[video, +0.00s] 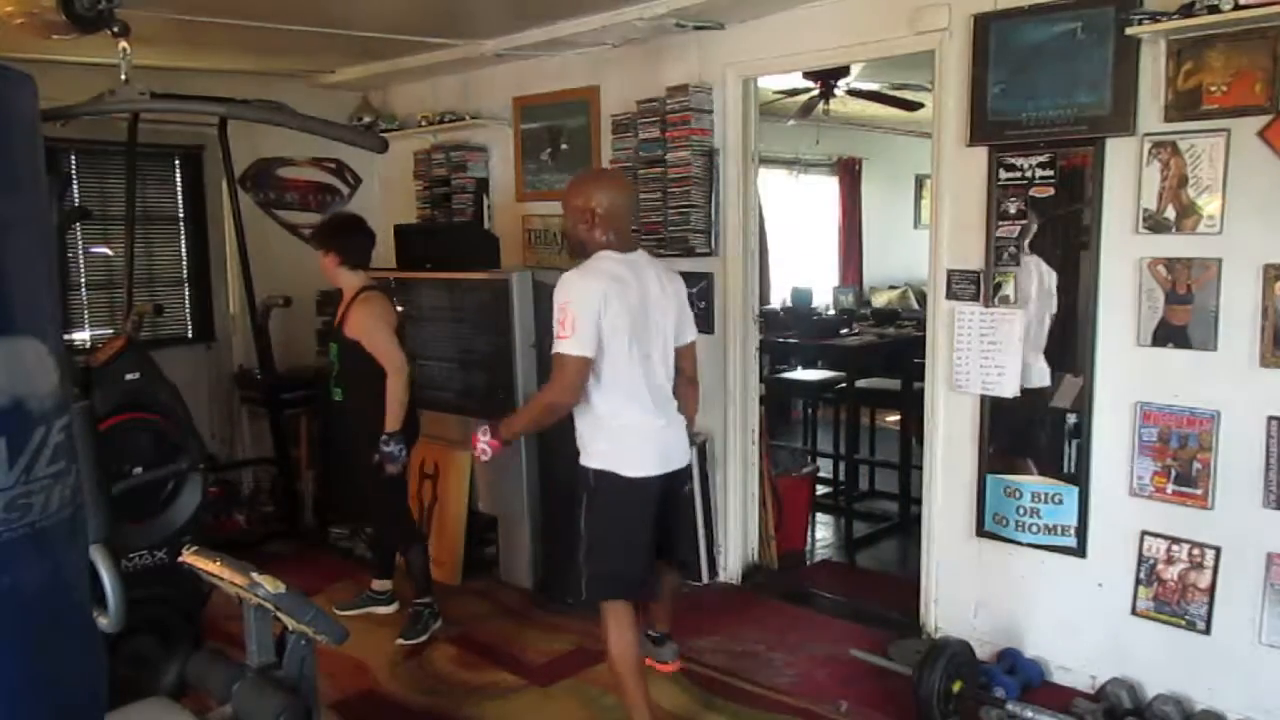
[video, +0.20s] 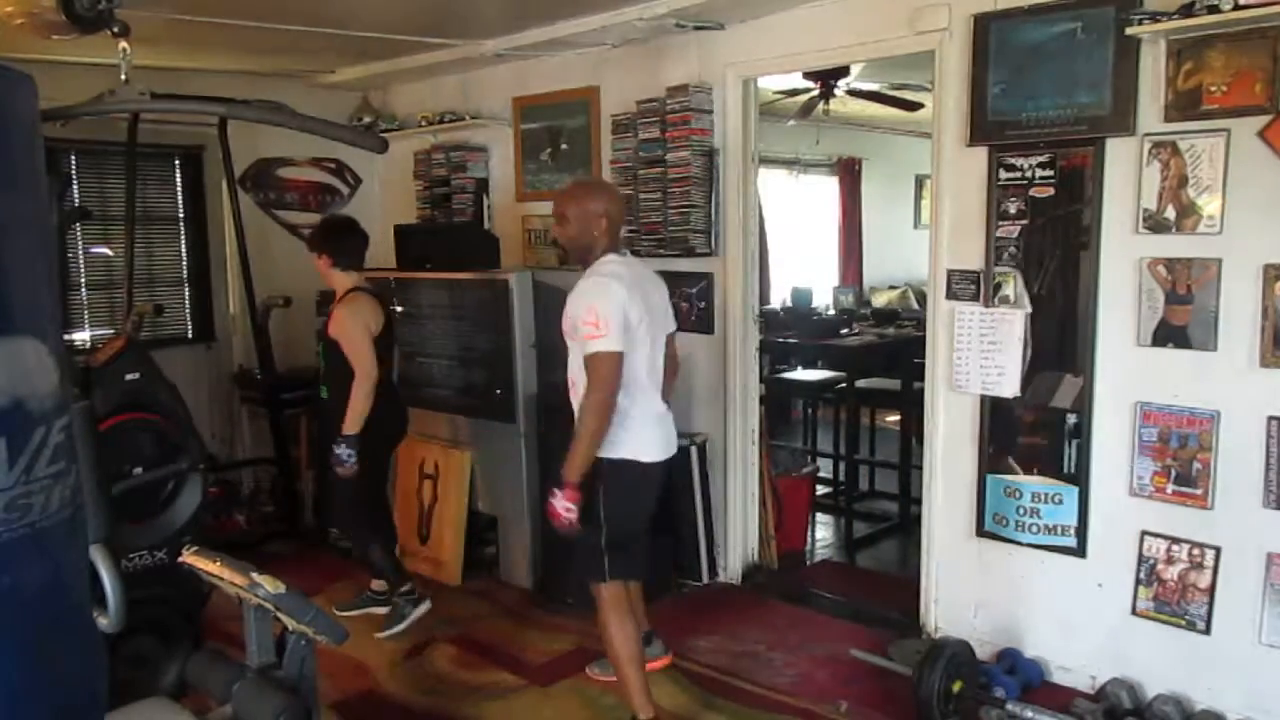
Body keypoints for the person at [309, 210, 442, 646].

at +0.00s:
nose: (320, 262)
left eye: (323, 254)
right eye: (321, 253)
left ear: (334, 259)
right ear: (359, 254)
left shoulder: (367, 309)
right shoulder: (353, 301)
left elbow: (398, 369)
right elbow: (369, 366)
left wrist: (393, 433)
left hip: (383, 427)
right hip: (364, 423)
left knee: (395, 513)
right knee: (379, 510)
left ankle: (425, 604)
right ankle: (381, 588)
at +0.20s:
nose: (314, 263)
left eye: (316, 256)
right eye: (315, 255)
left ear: (325, 261)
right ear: (356, 255)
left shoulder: (348, 312)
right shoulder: (368, 301)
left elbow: (367, 376)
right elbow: (378, 369)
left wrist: (348, 437)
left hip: (363, 424)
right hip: (378, 417)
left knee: (354, 509)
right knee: (371, 503)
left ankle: (405, 593)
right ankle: (383, 584)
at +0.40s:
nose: (308, 262)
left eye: (309, 255)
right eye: (308, 255)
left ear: (319, 258)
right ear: (349, 254)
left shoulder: (332, 310)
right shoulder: (366, 299)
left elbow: (343, 372)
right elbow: (374, 364)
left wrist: (309, 427)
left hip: (350, 418)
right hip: (378, 413)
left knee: (323, 494)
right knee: (366, 497)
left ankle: (343, 585)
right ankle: (381, 586)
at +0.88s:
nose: (271, 258)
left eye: (271, 252)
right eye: (273, 251)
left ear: (277, 257)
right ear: (315, 254)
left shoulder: (278, 308)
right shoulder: (338, 302)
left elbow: (283, 374)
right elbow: (356, 363)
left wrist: (265, 435)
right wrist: (358, 415)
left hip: (297, 427)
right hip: (338, 420)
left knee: (287, 510)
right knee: (345, 498)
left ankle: (289, 591)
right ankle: (376, 582)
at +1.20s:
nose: (246, 260)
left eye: (247, 254)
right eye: (249, 254)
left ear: (250, 257)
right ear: (287, 256)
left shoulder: (243, 308)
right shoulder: (314, 303)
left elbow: (235, 371)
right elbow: (335, 365)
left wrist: (210, 420)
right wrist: (324, 402)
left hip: (266, 418)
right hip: (312, 414)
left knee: (275, 496)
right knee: (294, 487)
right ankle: (319, 557)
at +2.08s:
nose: (236, 263)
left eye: (233, 257)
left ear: (234, 260)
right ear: (271, 258)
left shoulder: (216, 311)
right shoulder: (294, 309)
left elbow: (206, 371)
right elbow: (314, 367)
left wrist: (216, 407)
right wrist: (309, 403)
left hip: (238, 417)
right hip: (285, 414)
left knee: (237, 489)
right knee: (287, 491)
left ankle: (237, 559)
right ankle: (285, 561)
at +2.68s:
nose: (241, 262)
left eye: (239, 257)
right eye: (240, 257)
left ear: (199, 259)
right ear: (235, 260)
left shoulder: (187, 304)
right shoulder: (239, 302)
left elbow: (178, 359)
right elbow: (254, 360)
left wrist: (207, 376)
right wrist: (276, 403)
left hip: (207, 405)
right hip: (244, 404)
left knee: (218, 477)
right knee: (265, 476)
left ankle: (209, 551)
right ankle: (273, 555)